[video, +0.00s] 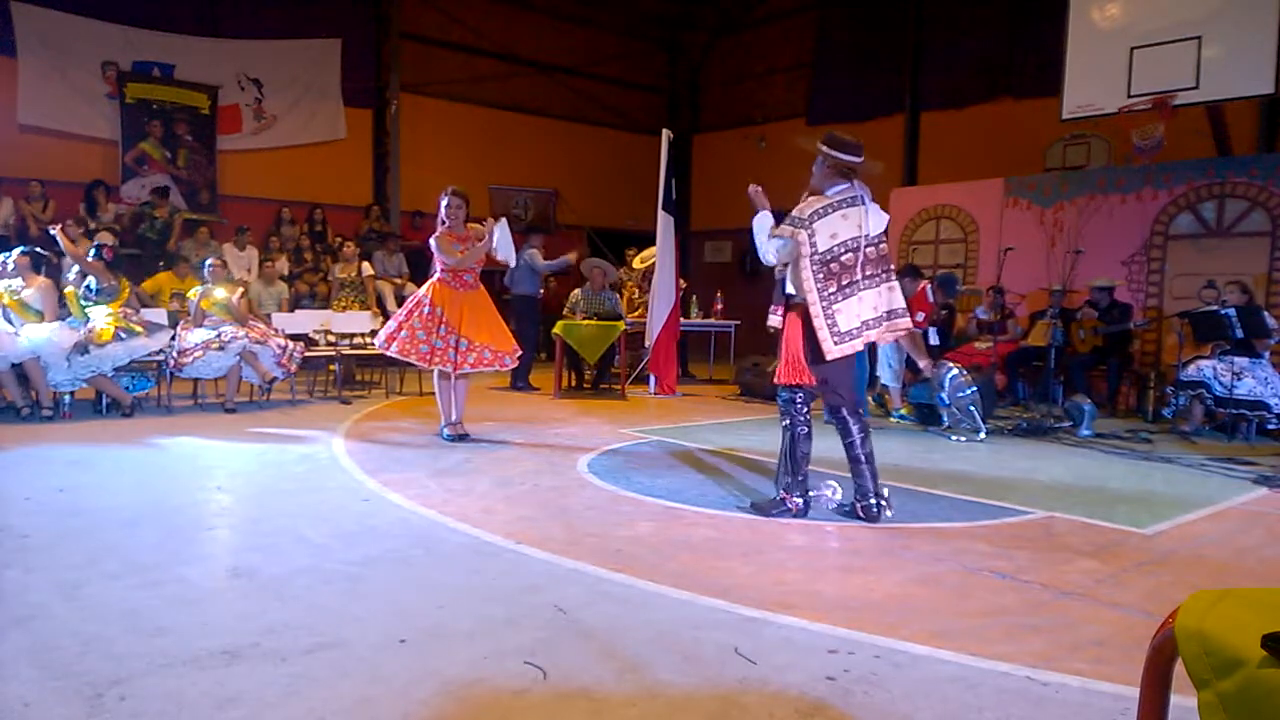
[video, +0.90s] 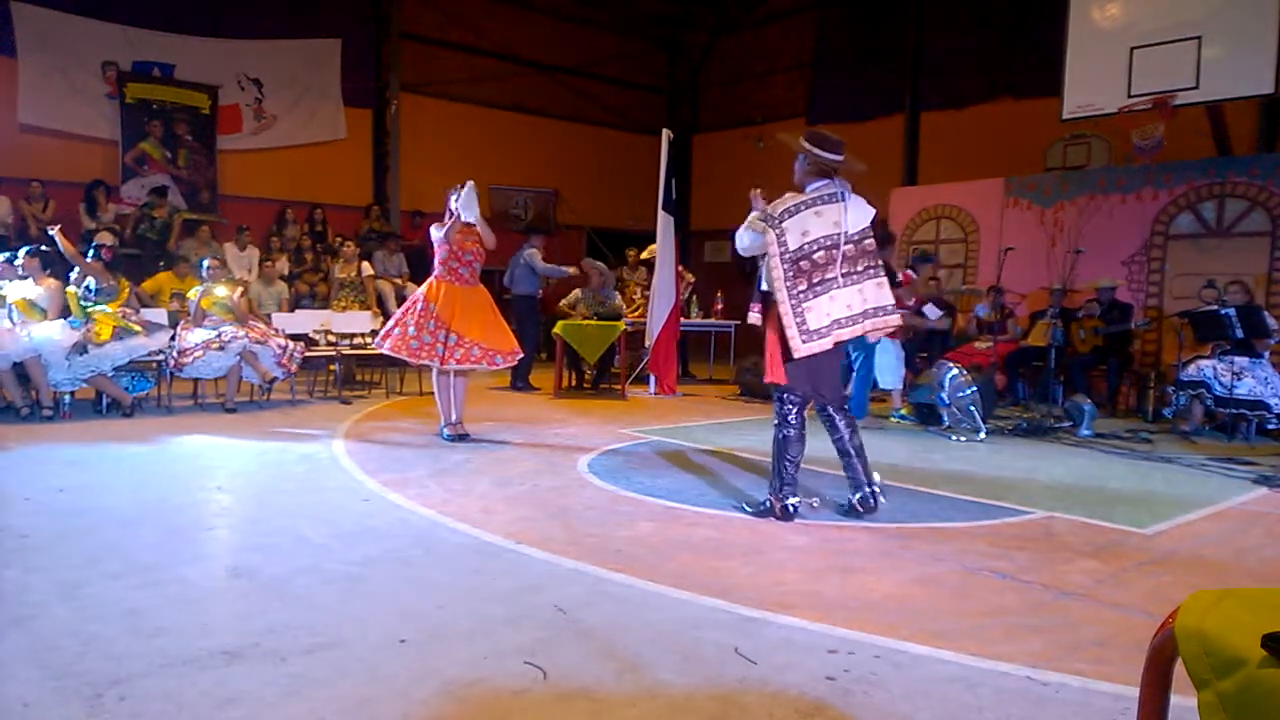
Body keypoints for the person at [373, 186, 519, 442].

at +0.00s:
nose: (452, 212)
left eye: (457, 207)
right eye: (447, 207)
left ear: (466, 211)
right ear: (441, 211)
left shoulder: (476, 231)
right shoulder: (438, 240)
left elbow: (497, 256)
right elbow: (457, 262)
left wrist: (496, 233)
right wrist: (486, 243)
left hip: (469, 303)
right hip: (444, 303)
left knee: (463, 365)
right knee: (443, 365)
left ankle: (458, 421)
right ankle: (446, 421)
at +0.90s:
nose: (458, 210)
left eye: (462, 206)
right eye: (455, 205)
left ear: (469, 209)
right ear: (448, 207)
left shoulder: (478, 233)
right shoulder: (438, 229)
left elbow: (492, 243)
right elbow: (442, 237)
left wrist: (476, 216)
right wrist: (454, 219)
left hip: (469, 298)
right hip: (442, 296)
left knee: (461, 364)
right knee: (442, 364)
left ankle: (458, 420)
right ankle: (446, 421)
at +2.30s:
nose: (460, 211)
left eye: (464, 207)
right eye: (455, 208)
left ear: (471, 210)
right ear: (450, 210)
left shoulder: (482, 238)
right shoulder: (442, 232)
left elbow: (483, 226)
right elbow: (437, 223)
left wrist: (465, 200)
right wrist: (445, 198)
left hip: (470, 296)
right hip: (443, 295)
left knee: (462, 364)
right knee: (443, 364)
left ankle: (458, 420)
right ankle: (446, 421)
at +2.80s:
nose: (465, 207)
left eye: (470, 203)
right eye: (460, 205)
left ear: (474, 210)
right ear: (454, 209)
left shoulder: (481, 238)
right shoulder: (442, 233)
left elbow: (482, 226)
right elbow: (437, 223)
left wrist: (464, 200)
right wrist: (445, 198)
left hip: (469, 296)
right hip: (443, 294)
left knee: (463, 364)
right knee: (443, 364)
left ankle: (458, 421)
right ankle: (446, 422)